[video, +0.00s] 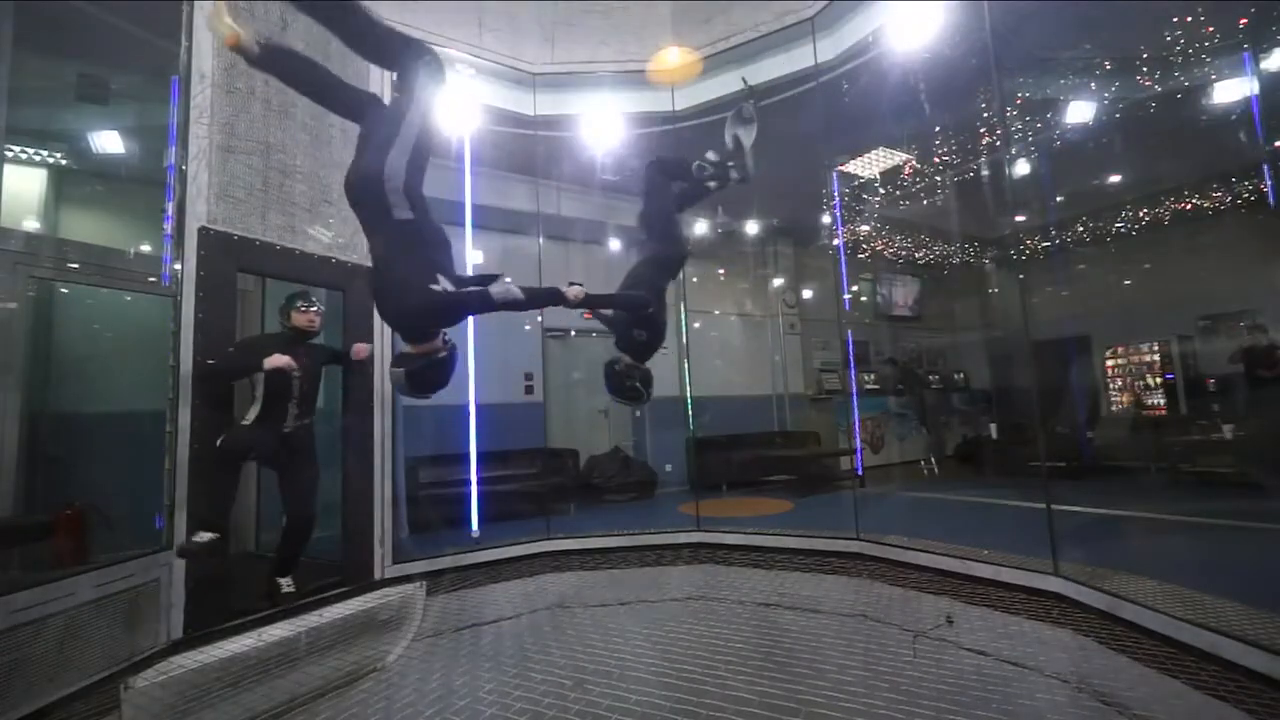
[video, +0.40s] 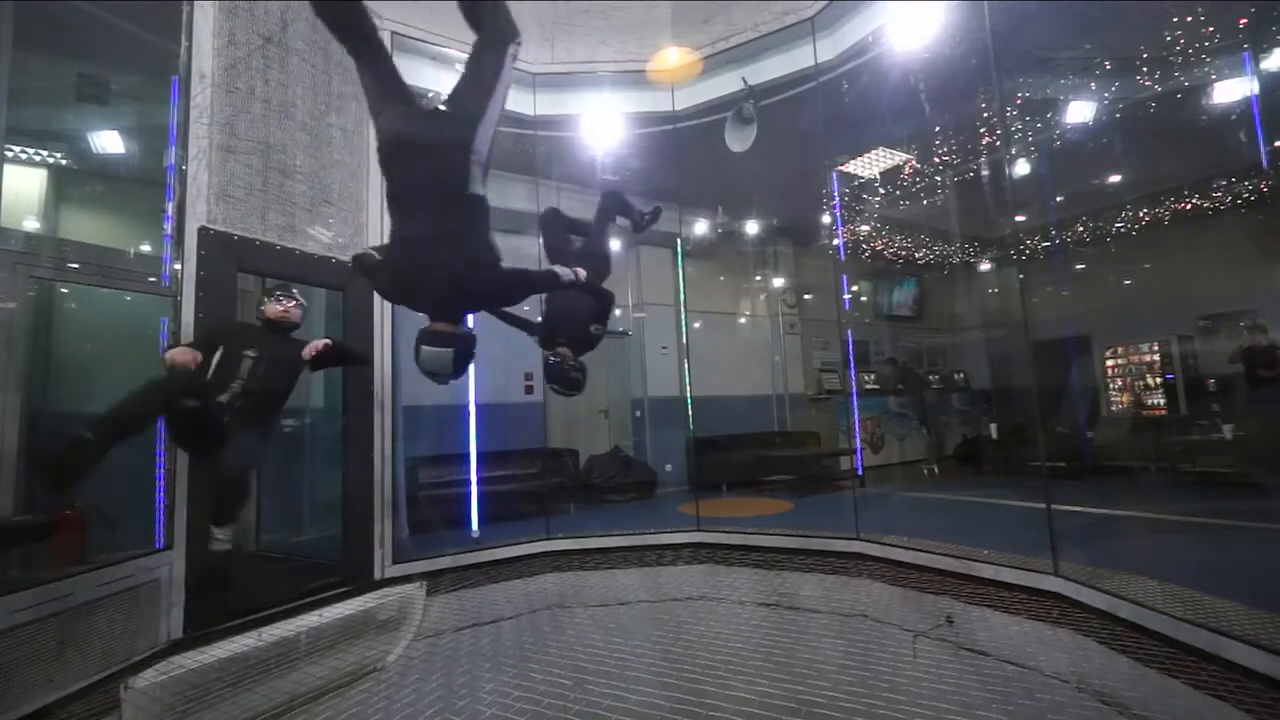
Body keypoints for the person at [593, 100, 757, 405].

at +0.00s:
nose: (631, 370)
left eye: (629, 374)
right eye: (632, 374)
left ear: (623, 368)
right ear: (632, 369)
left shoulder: (629, 339)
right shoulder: (645, 340)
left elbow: (610, 315)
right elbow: (643, 300)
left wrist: (587, 309)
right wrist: (588, 300)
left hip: (657, 259)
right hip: (668, 254)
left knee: (659, 210)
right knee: (655, 169)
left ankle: (724, 178)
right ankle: (701, 170)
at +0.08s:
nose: (620, 369)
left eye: (617, 373)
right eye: (623, 374)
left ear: (609, 364)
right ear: (621, 368)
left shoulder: (609, 330)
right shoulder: (640, 341)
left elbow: (584, 318)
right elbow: (632, 303)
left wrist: (565, 306)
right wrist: (585, 298)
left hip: (630, 254)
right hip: (656, 255)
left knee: (652, 207)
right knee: (647, 175)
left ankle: (697, 199)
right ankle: (707, 180)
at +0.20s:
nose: (593, 360)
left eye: (591, 363)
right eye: (595, 364)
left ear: (593, 359)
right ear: (602, 362)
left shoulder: (588, 336)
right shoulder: (622, 343)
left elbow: (564, 324)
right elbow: (625, 301)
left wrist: (537, 312)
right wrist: (589, 293)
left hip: (606, 266)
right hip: (634, 263)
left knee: (591, 215)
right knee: (629, 184)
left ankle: (641, 218)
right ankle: (675, 196)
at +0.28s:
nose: (584, 360)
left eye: (576, 362)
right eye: (587, 365)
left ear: (572, 359)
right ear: (594, 363)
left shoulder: (570, 338)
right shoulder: (609, 342)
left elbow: (542, 321)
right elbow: (621, 302)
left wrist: (512, 308)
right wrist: (590, 288)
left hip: (589, 264)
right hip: (620, 267)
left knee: (572, 215)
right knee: (618, 191)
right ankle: (654, 203)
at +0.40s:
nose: (563, 360)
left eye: (559, 364)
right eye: (571, 366)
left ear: (550, 362)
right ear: (575, 362)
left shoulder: (544, 337)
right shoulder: (589, 339)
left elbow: (516, 321)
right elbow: (608, 299)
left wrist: (491, 309)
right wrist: (581, 280)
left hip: (560, 271)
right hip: (591, 271)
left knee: (549, 216)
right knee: (611, 197)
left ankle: (596, 231)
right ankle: (638, 219)